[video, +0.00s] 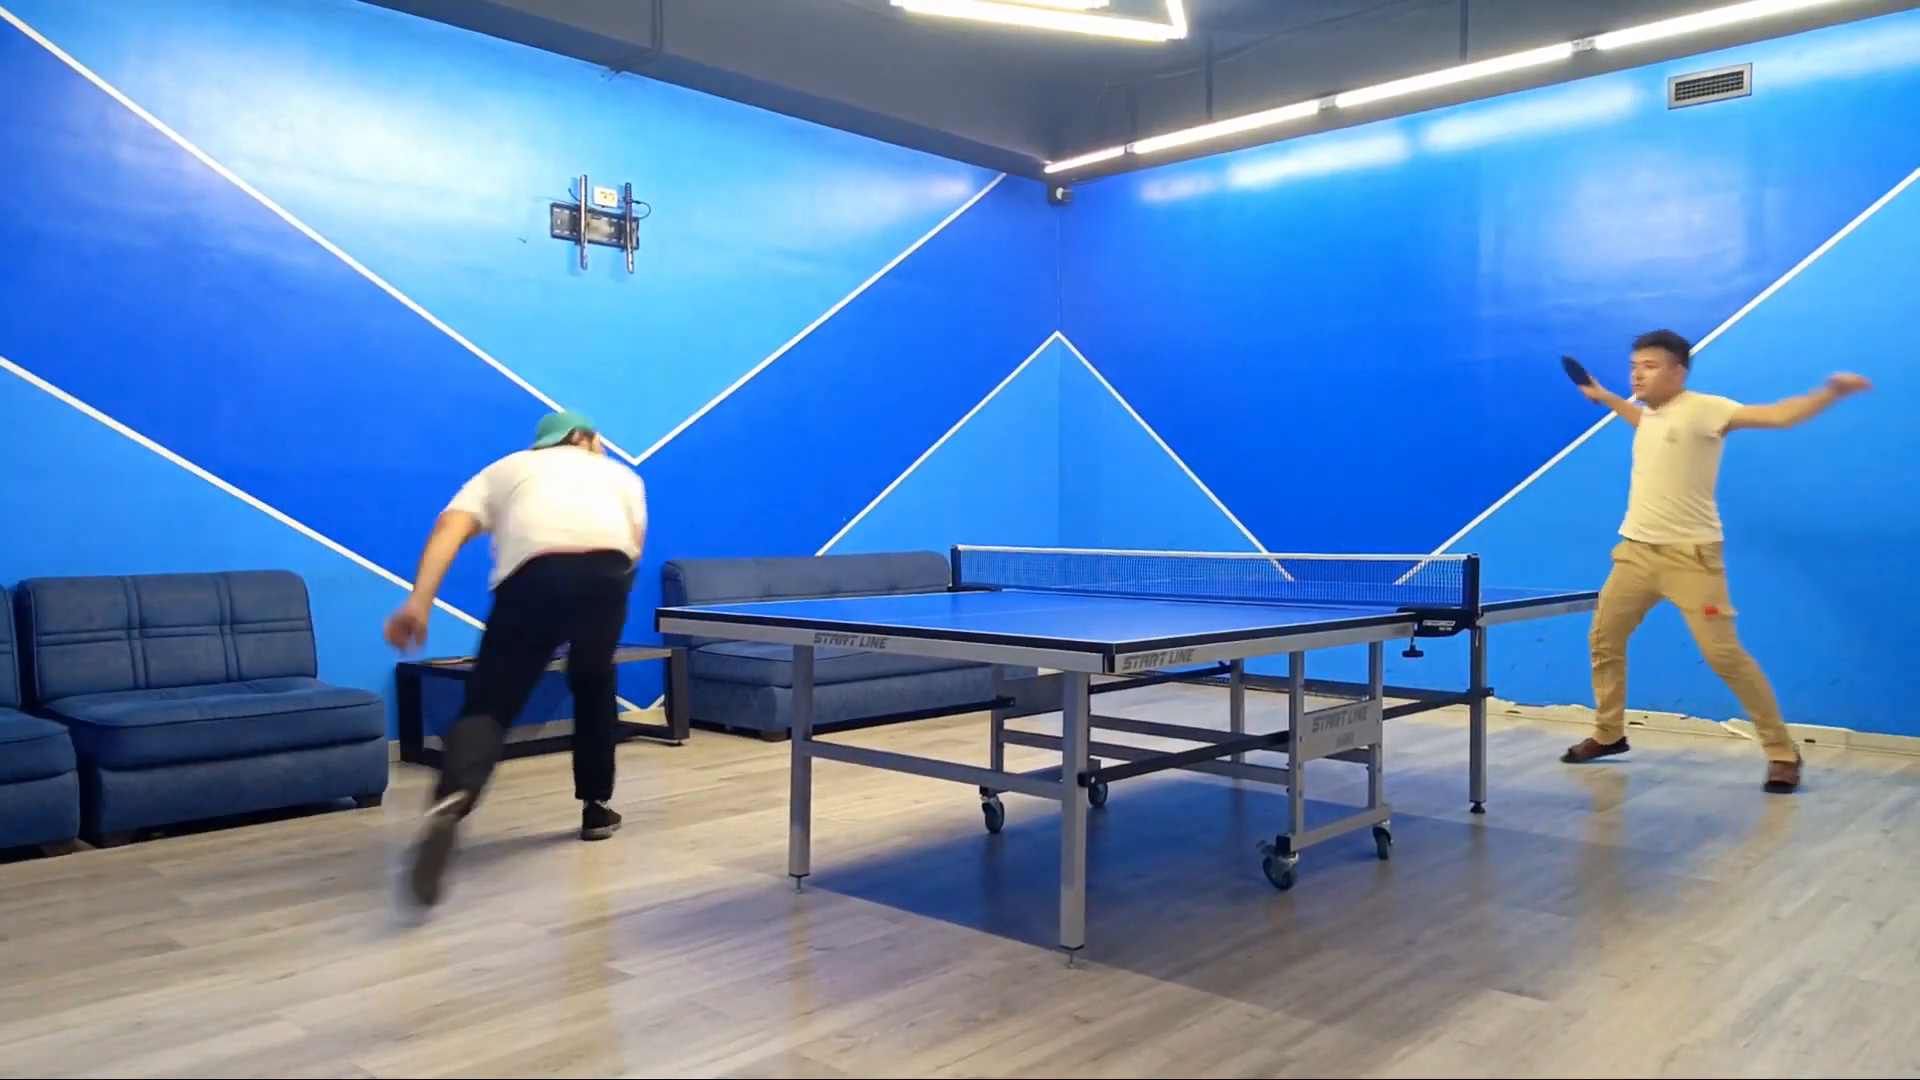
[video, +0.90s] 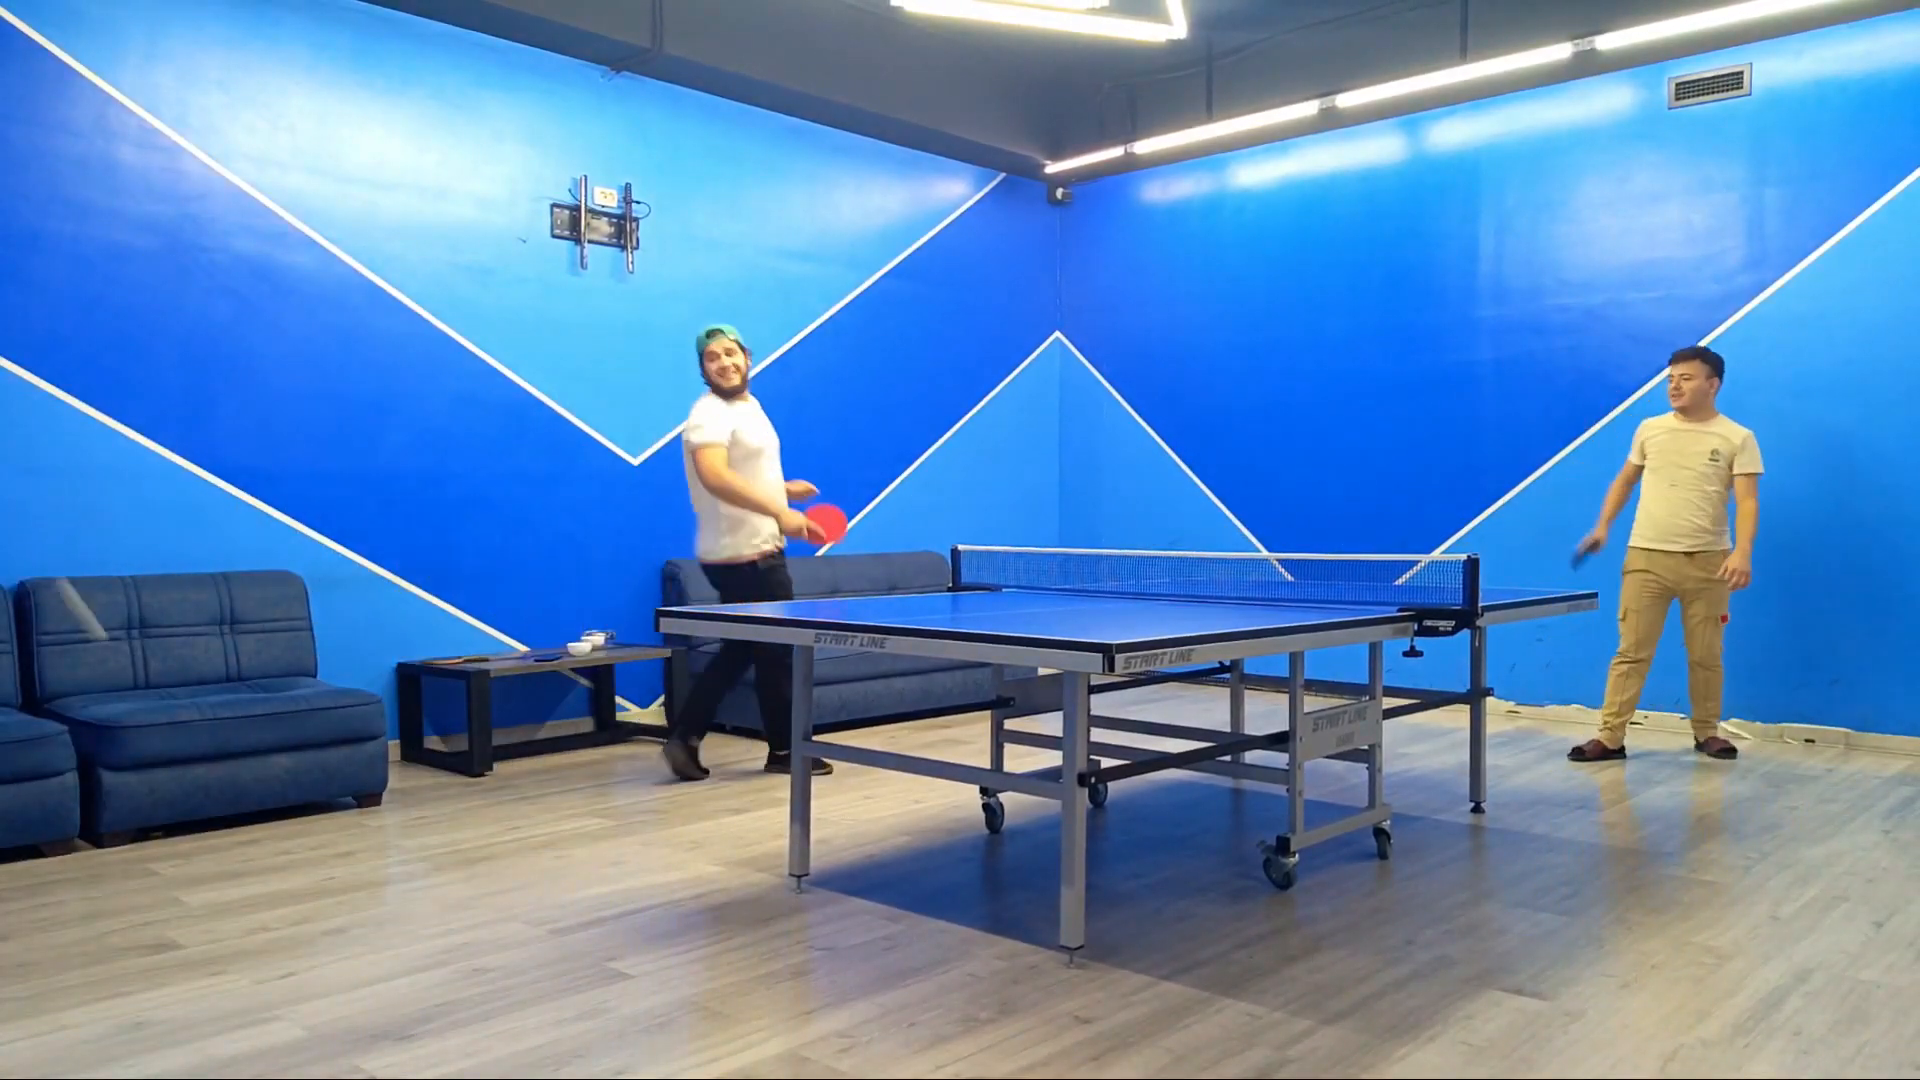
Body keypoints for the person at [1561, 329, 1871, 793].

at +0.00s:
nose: (1638, 375)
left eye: (1649, 367)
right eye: (1634, 368)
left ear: (1678, 371)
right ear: (1637, 374)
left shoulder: (1706, 410)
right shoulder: (1647, 414)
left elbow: (1778, 415)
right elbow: (1636, 413)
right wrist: (1601, 395)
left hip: (1692, 556)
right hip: (1636, 551)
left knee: (1723, 655)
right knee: (1604, 638)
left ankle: (1782, 754)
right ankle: (1608, 734)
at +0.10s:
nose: (1661, 390)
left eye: (1674, 384)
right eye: (1660, 382)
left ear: (1703, 393)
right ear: (1657, 388)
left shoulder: (1730, 438)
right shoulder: (1663, 435)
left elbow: (1806, 455)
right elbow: (1653, 456)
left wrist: (1873, 445)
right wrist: (1606, 439)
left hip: (1712, 583)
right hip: (1651, 577)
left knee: (1742, 671)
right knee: (1606, 653)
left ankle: (1791, 764)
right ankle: (1609, 739)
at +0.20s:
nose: (1682, 404)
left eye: (1695, 397)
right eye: (1680, 395)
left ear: (1723, 411)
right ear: (1676, 404)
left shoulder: (1746, 462)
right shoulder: (1668, 453)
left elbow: (1806, 503)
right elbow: (1650, 492)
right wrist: (1588, 502)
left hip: (1722, 594)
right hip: (1659, 589)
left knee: (1745, 678)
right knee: (1608, 661)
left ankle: (1791, 765)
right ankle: (1609, 741)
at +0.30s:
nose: (1689, 407)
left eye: (1702, 401)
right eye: (1686, 400)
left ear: (1728, 415)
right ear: (1681, 409)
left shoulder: (1750, 468)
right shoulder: (1667, 460)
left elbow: (1795, 527)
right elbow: (1633, 503)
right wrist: (1570, 526)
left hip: (1721, 596)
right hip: (1660, 591)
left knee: (1744, 676)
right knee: (1603, 659)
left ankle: (1791, 765)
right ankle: (1612, 742)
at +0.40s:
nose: (1683, 401)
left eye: (1697, 396)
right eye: (1681, 394)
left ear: (1723, 409)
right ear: (1675, 403)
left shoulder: (1744, 464)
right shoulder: (1654, 453)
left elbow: (1776, 525)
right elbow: (1609, 491)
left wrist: (1777, 578)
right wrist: (1557, 508)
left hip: (1713, 590)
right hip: (1650, 585)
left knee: (1741, 671)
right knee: (1598, 655)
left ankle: (1790, 764)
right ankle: (1610, 742)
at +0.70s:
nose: (1663, 378)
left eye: (1675, 371)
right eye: (1659, 372)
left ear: (1699, 379)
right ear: (1653, 379)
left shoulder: (1721, 432)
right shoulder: (1633, 425)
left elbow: (1743, 495)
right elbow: (1592, 458)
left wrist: (1740, 544)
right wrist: (1574, 470)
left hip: (1699, 561)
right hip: (1637, 559)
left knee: (1721, 653)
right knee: (1618, 649)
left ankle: (1732, 738)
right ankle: (1609, 739)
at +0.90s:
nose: (1675, 385)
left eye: (1686, 378)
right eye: (1671, 379)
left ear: (1713, 384)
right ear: (1667, 384)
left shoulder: (1737, 439)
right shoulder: (1649, 430)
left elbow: (1747, 501)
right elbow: (1624, 481)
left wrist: (1743, 553)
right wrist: (1602, 526)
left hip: (1706, 563)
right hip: (1647, 558)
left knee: (1706, 655)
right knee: (1631, 650)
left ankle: (1708, 732)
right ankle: (1610, 737)